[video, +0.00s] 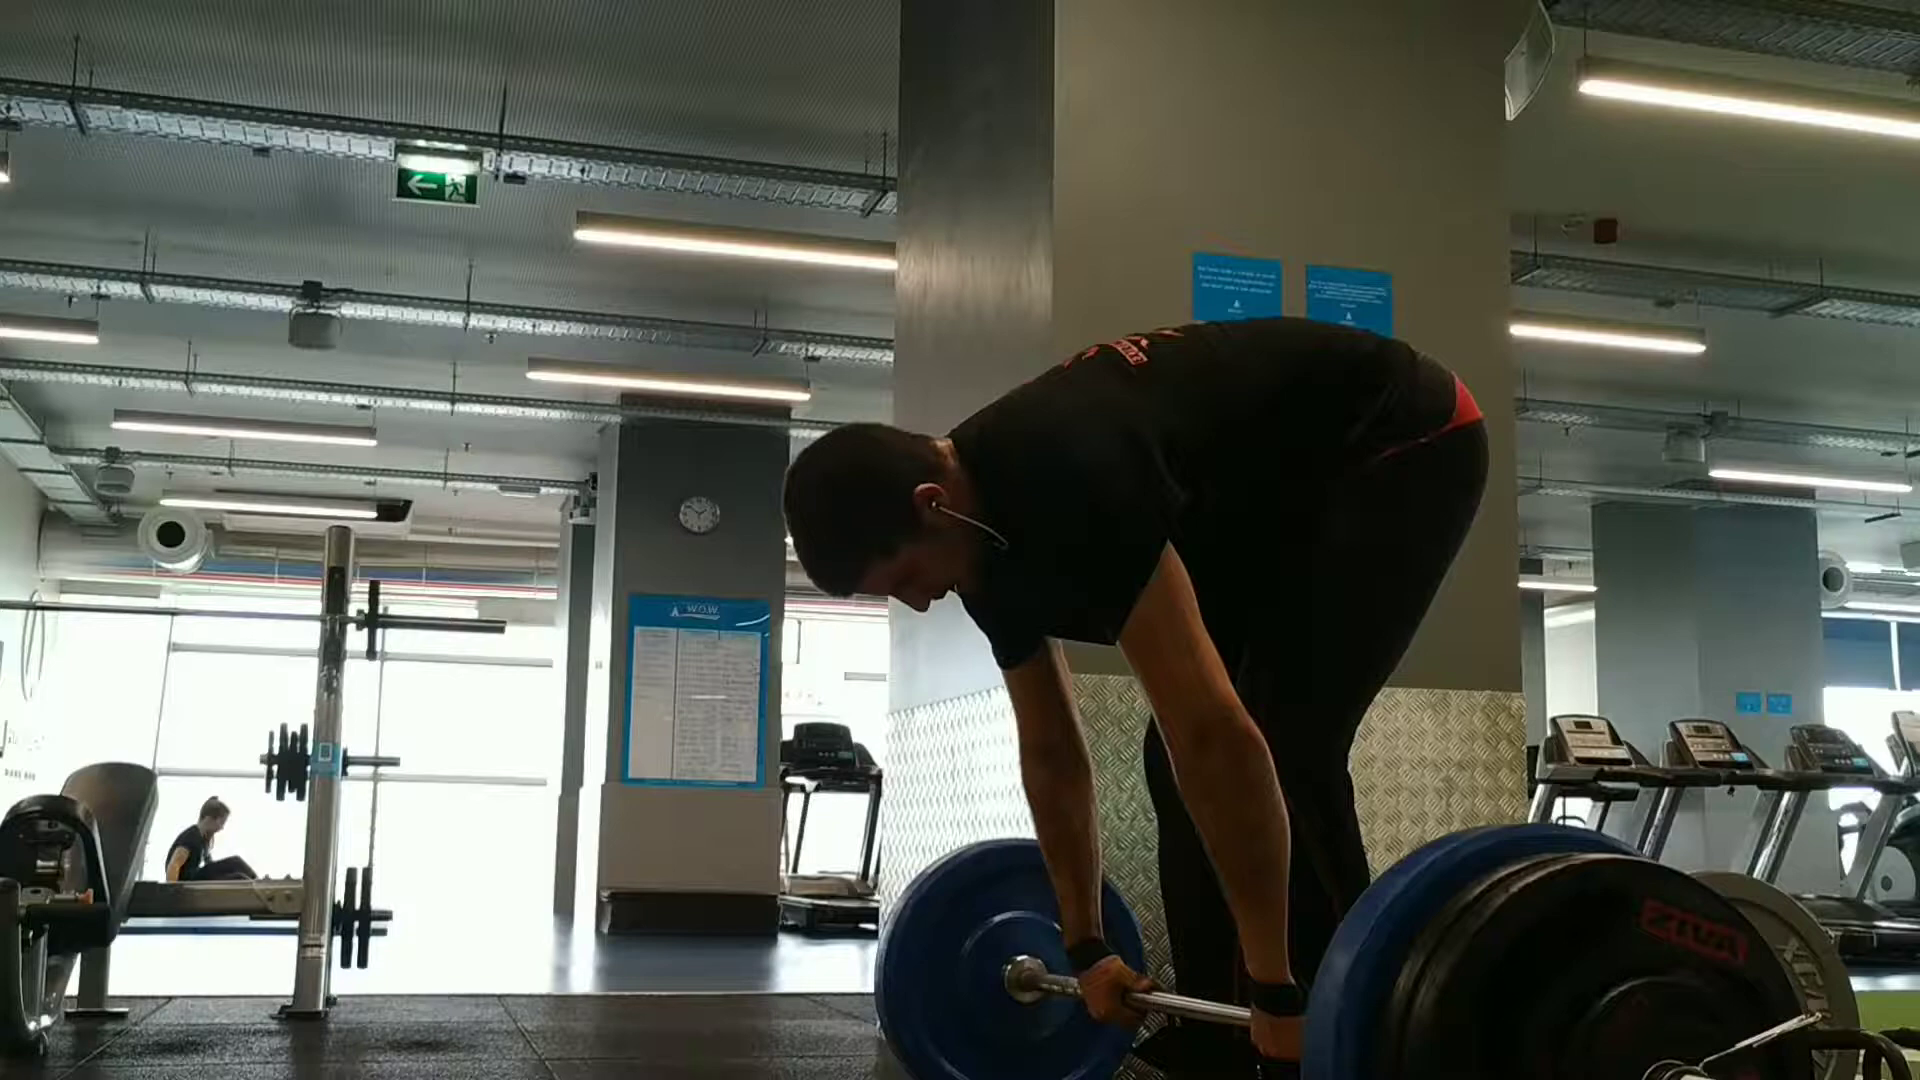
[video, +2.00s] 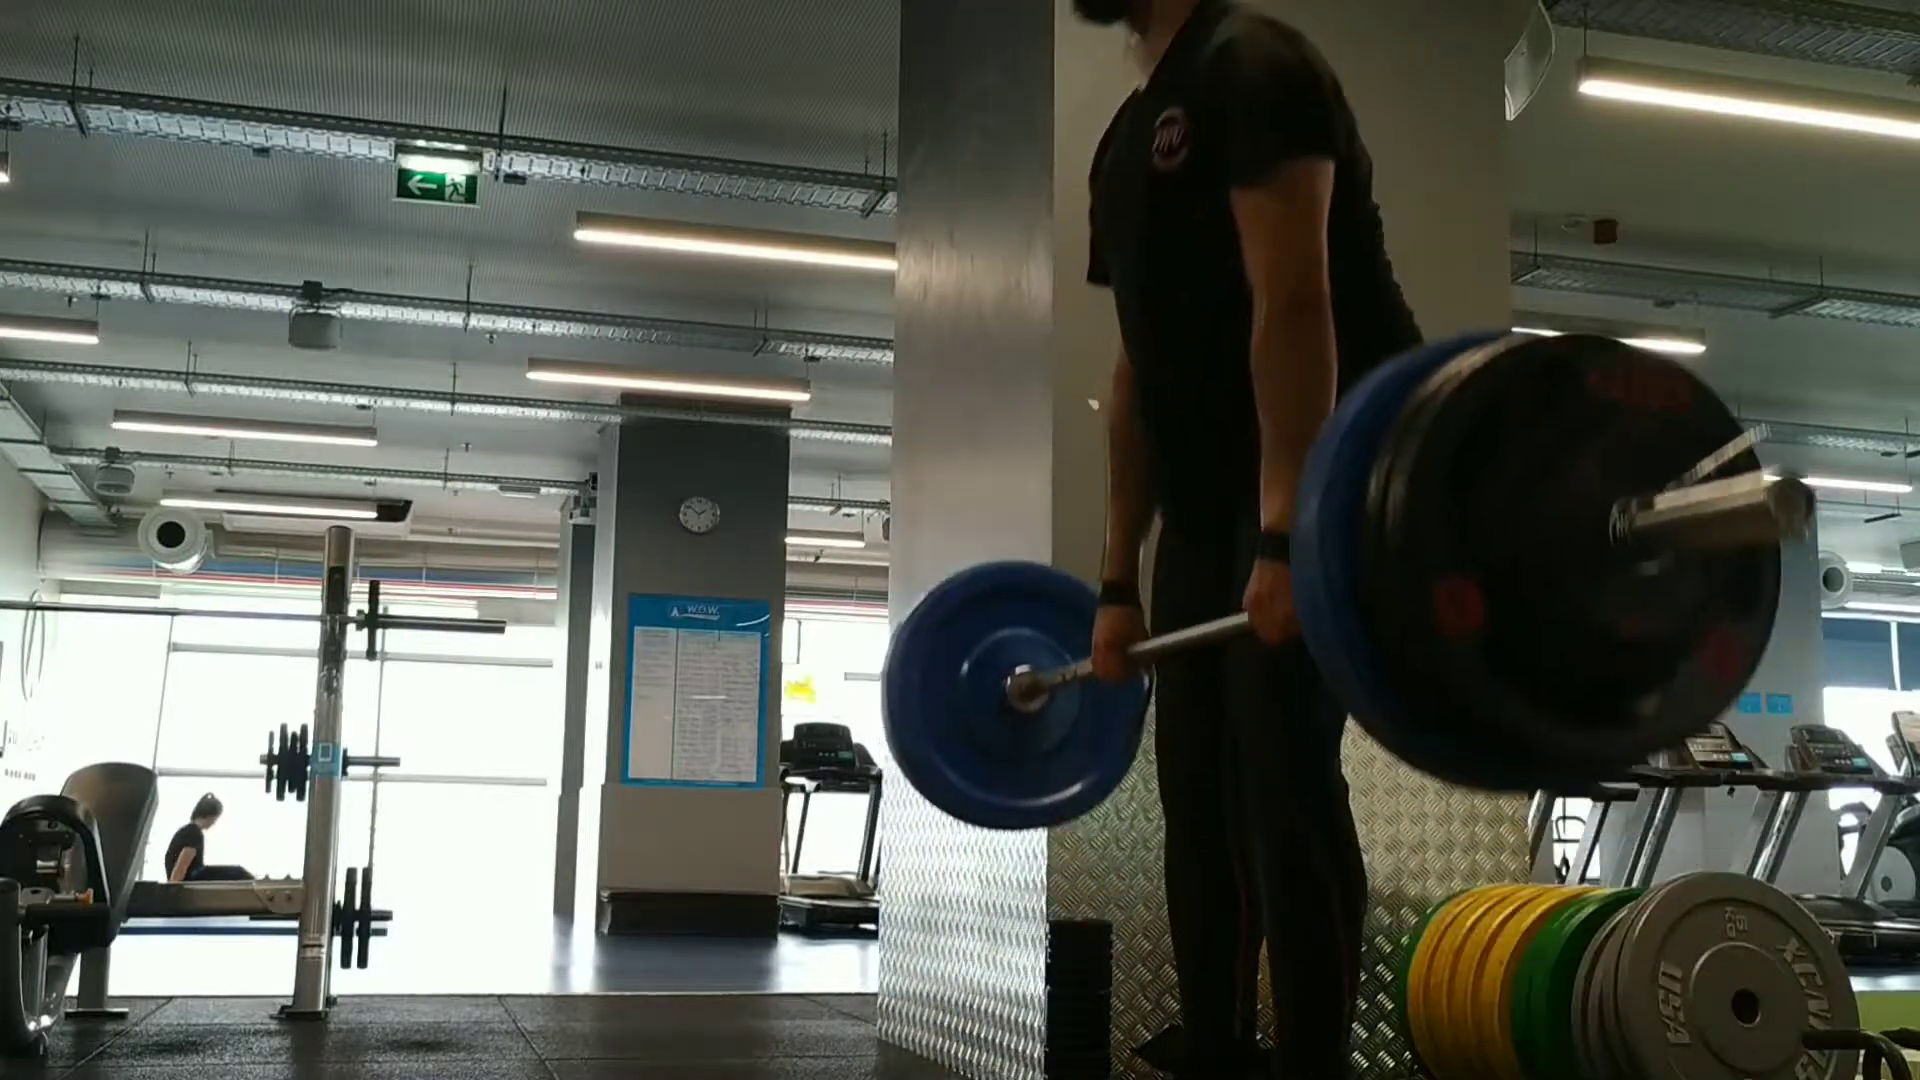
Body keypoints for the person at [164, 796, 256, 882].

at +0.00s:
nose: (222, 828)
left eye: (223, 823)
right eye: (221, 822)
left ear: (209, 819)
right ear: (208, 818)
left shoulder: (204, 837)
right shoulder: (192, 836)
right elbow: (174, 866)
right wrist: (171, 891)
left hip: (194, 877)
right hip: (186, 881)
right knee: (234, 862)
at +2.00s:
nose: (215, 822)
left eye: (216, 819)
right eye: (215, 818)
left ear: (198, 811)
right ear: (210, 816)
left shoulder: (188, 831)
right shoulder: (194, 833)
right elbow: (181, 867)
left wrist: (170, 891)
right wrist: (171, 892)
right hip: (191, 878)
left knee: (237, 871)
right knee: (238, 871)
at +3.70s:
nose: (220, 821)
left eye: (221, 817)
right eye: (218, 816)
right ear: (205, 813)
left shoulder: (201, 835)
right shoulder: (191, 835)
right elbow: (178, 865)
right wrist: (183, 891)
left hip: (195, 880)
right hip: (187, 884)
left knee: (239, 873)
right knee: (236, 861)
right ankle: (262, 887)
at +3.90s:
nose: (218, 821)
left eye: (219, 817)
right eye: (216, 816)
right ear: (202, 813)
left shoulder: (196, 834)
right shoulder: (192, 835)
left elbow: (192, 868)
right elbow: (190, 868)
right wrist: (197, 893)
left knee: (236, 861)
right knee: (241, 872)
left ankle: (263, 886)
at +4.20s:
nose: (222, 822)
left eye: (223, 818)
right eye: (219, 817)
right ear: (206, 814)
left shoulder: (200, 836)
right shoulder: (196, 836)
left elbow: (196, 870)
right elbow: (194, 870)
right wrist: (202, 895)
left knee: (236, 861)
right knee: (242, 871)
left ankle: (261, 885)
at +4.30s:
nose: (222, 823)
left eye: (224, 819)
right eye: (220, 818)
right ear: (207, 815)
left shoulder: (202, 838)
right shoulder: (196, 838)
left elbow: (197, 873)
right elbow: (194, 874)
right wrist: (204, 897)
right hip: (181, 887)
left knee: (236, 861)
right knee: (241, 871)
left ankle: (262, 886)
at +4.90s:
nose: (219, 824)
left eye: (223, 820)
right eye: (216, 818)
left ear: (227, 822)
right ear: (207, 815)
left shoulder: (205, 838)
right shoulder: (197, 838)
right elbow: (179, 872)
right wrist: (195, 891)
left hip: (198, 877)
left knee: (236, 861)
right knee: (241, 871)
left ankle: (261, 886)